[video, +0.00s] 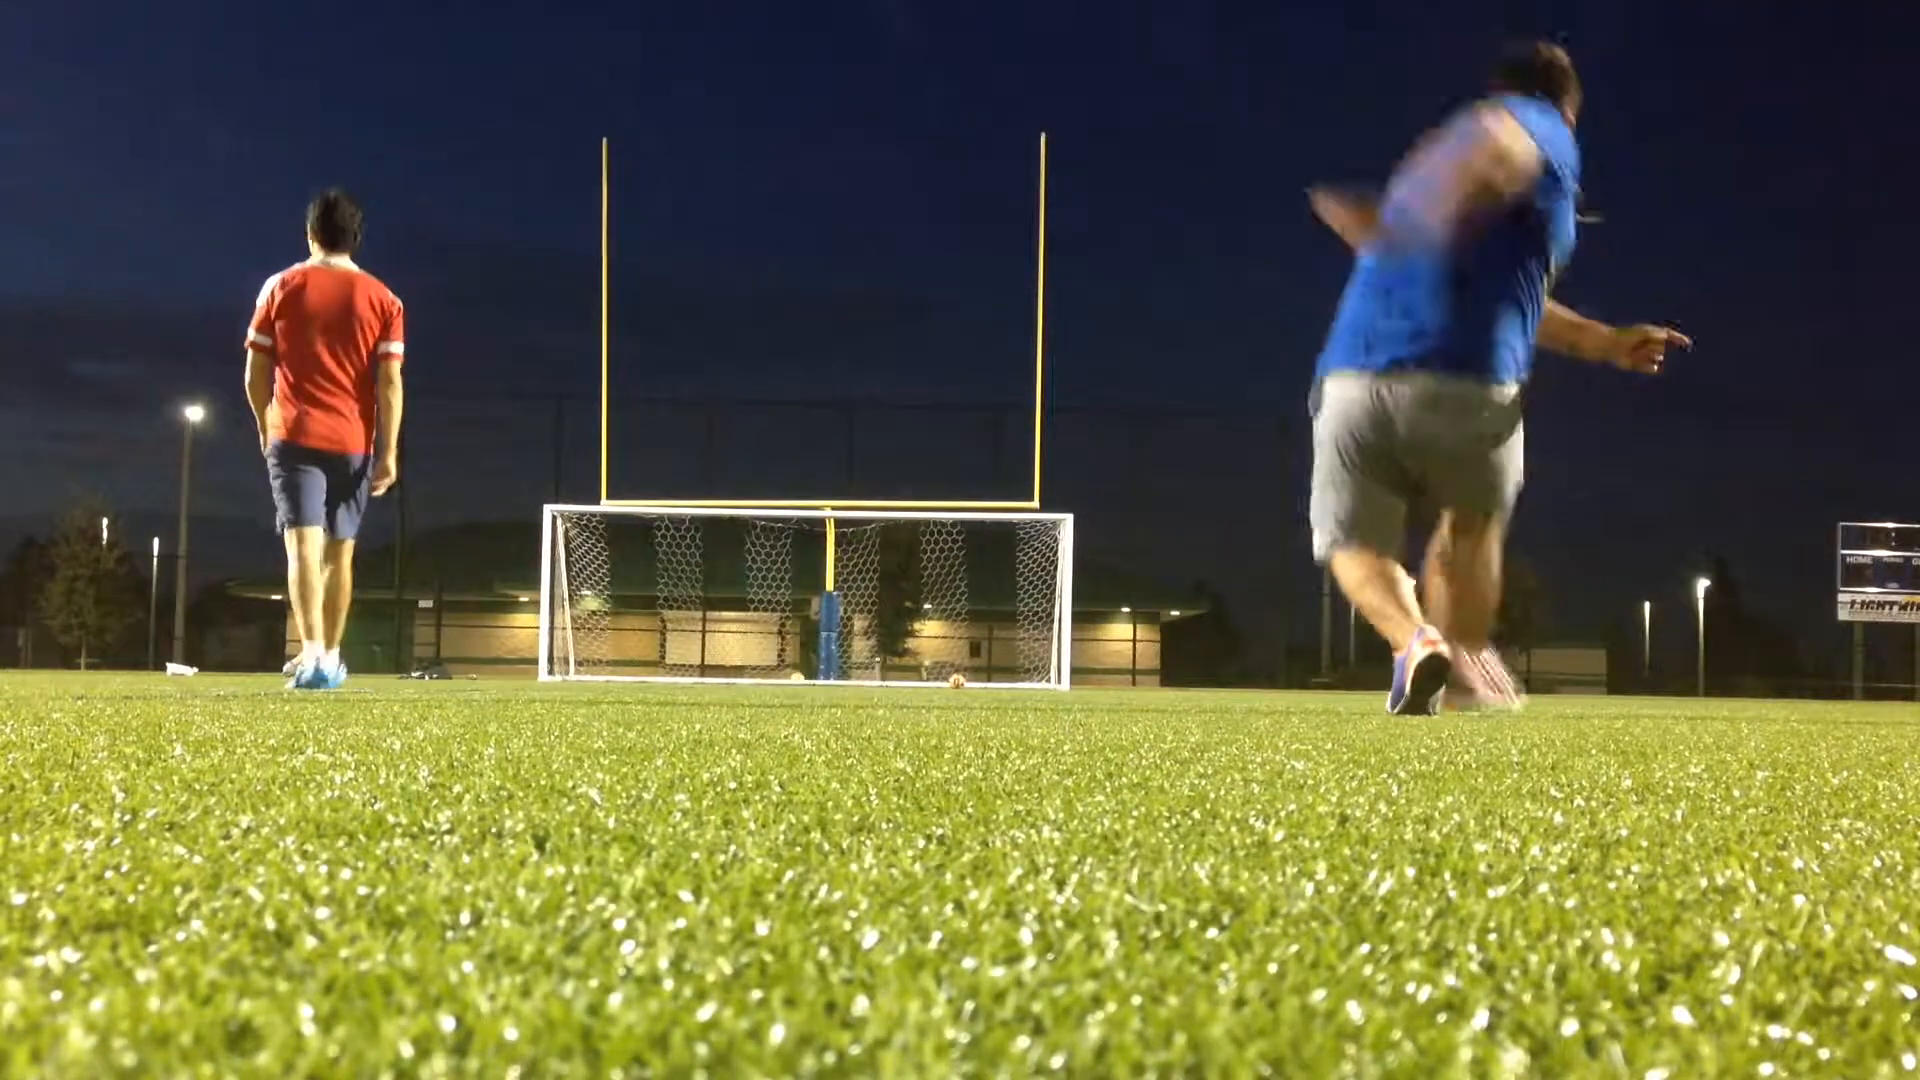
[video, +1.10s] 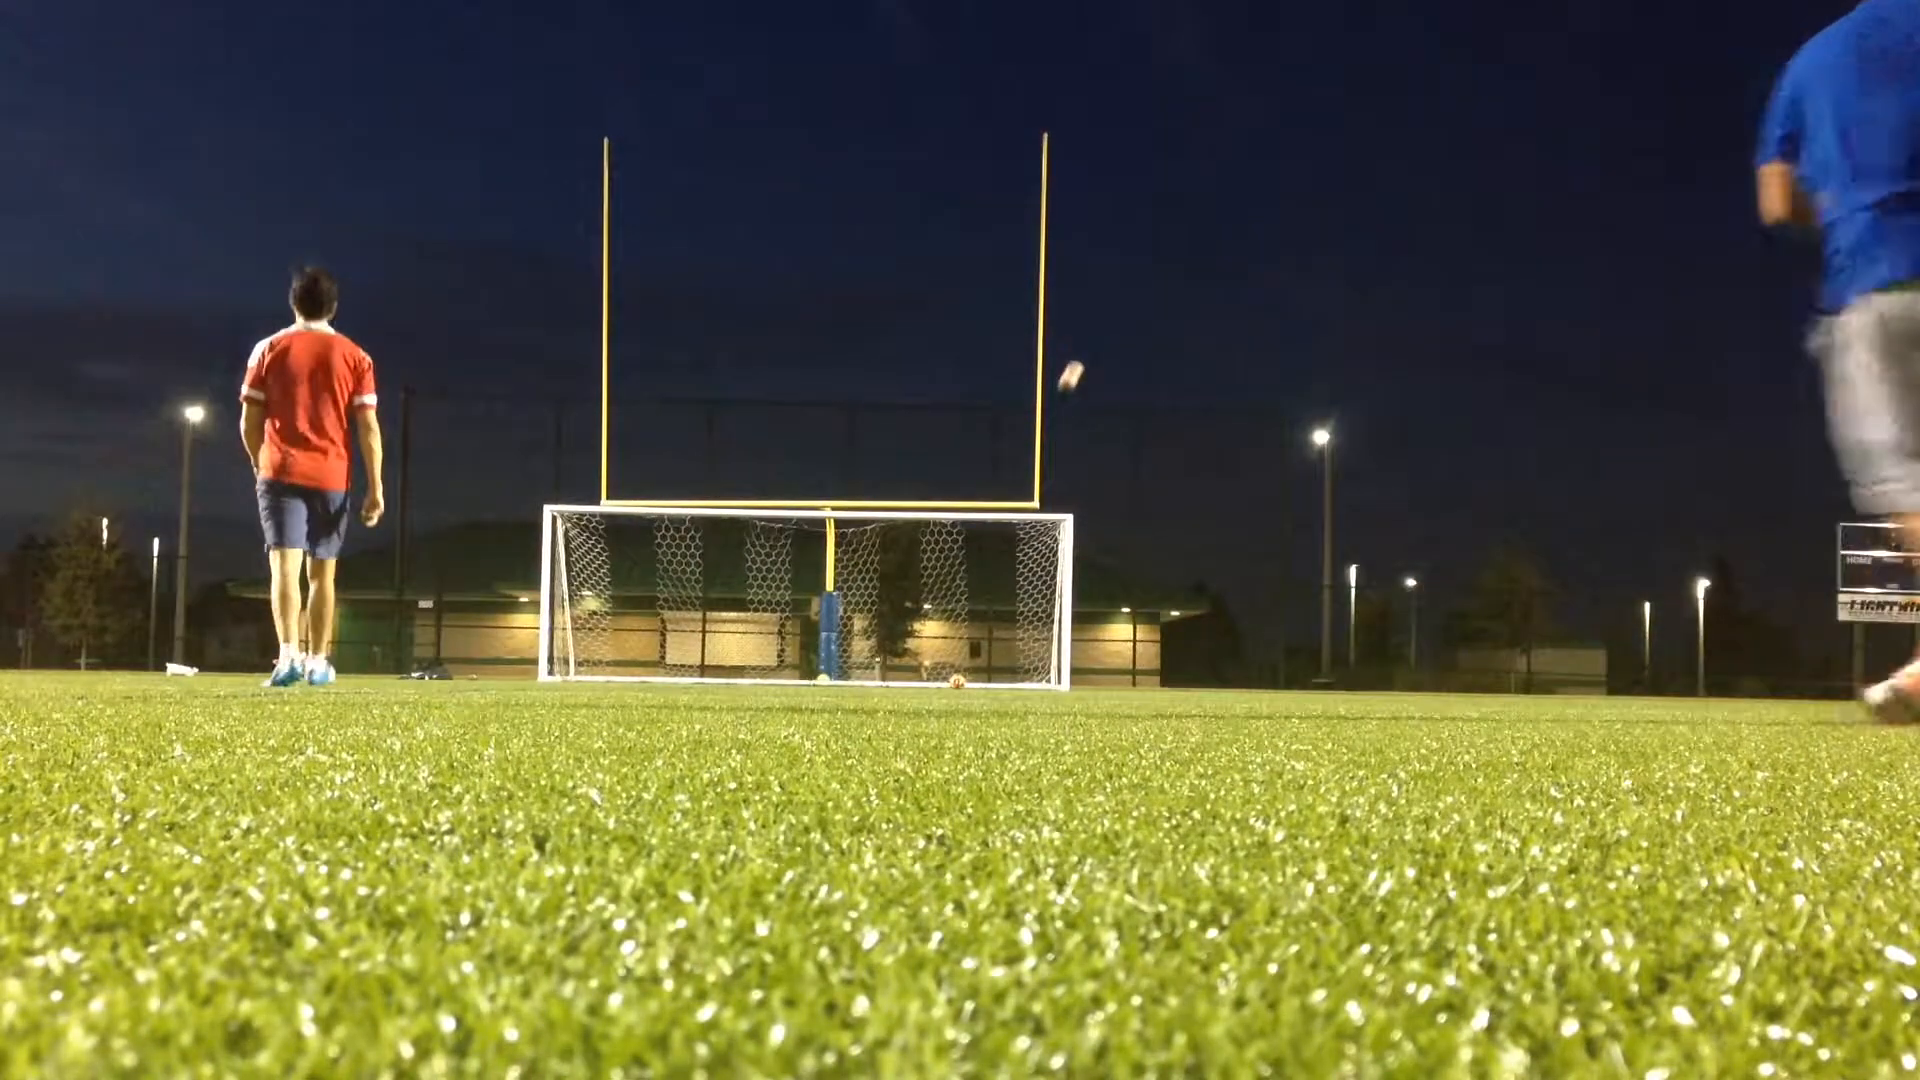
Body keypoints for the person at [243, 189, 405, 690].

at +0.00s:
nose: (308, 236)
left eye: (308, 230)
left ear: (309, 234)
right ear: (356, 237)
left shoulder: (281, 286)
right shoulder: (383, 298)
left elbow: (255, 372)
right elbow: (390, 382)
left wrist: (266, 426)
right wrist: (388, 452)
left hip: (293, 431)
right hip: (351, 438)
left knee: (304, 545)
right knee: (339, 555)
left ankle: (311, 654)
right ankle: (330, 658)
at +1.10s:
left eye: (299, 301)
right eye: (327, 302)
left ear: (293, 305)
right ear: (333, 307)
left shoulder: (269, 349)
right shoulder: (355, 356)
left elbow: (249, 422)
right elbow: (368, 427)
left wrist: (263, 465)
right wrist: (375, 486)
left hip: (279, 470)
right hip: (331, 476)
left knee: (285, 567)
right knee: (323, 575)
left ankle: (288, 655)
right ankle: (318, 662)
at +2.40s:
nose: (356, 363)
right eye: (358, 358)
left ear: (325, 360)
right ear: (359, 361)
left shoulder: (305, 398)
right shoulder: (374, 403)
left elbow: (289, 457)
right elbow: (383, 463)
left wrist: (285, 505)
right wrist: (384, 510)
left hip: (309, 501)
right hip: (352, 504)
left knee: (309, 576)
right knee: (339, 586)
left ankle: (300, 643)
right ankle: (325, 664)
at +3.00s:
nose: (362, 388)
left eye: (363, 383)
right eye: (365, 383)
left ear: (366, 386)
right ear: (395, 387)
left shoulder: (347, 421)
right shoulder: (411, 426)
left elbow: (332, 476)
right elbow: (418, 480)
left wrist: (343, 508)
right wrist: (424, 527)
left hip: (351, 515)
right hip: (392, 518)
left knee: (351, 592)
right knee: (397, 592)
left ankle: (348, 665)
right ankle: (396, 663)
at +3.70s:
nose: (418, 421)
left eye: (417, 417)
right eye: (424, 417)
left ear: (418, 419)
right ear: (444, 419)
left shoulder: (404, 453)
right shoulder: (461, 454)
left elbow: (389, 500)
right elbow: (471, 501)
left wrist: (380, 542)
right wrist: (470, 528)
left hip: (409, 538)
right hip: (443, 538)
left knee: (418, 604)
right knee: (433, 602)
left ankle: (424, 666)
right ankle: (416, 660)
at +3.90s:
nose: (448, 422)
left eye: (436, 417)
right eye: (452, 418)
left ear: (428, 419)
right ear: (455, 420)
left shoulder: (412, 452)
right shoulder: (468, 452)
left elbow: (402, 502)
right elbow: (478, 501)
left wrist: (400, 543)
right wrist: (481, 538)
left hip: (418, 538)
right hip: (454, 538)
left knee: (424, 602)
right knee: (458, 600)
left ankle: (424, 669)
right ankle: (440, 643)